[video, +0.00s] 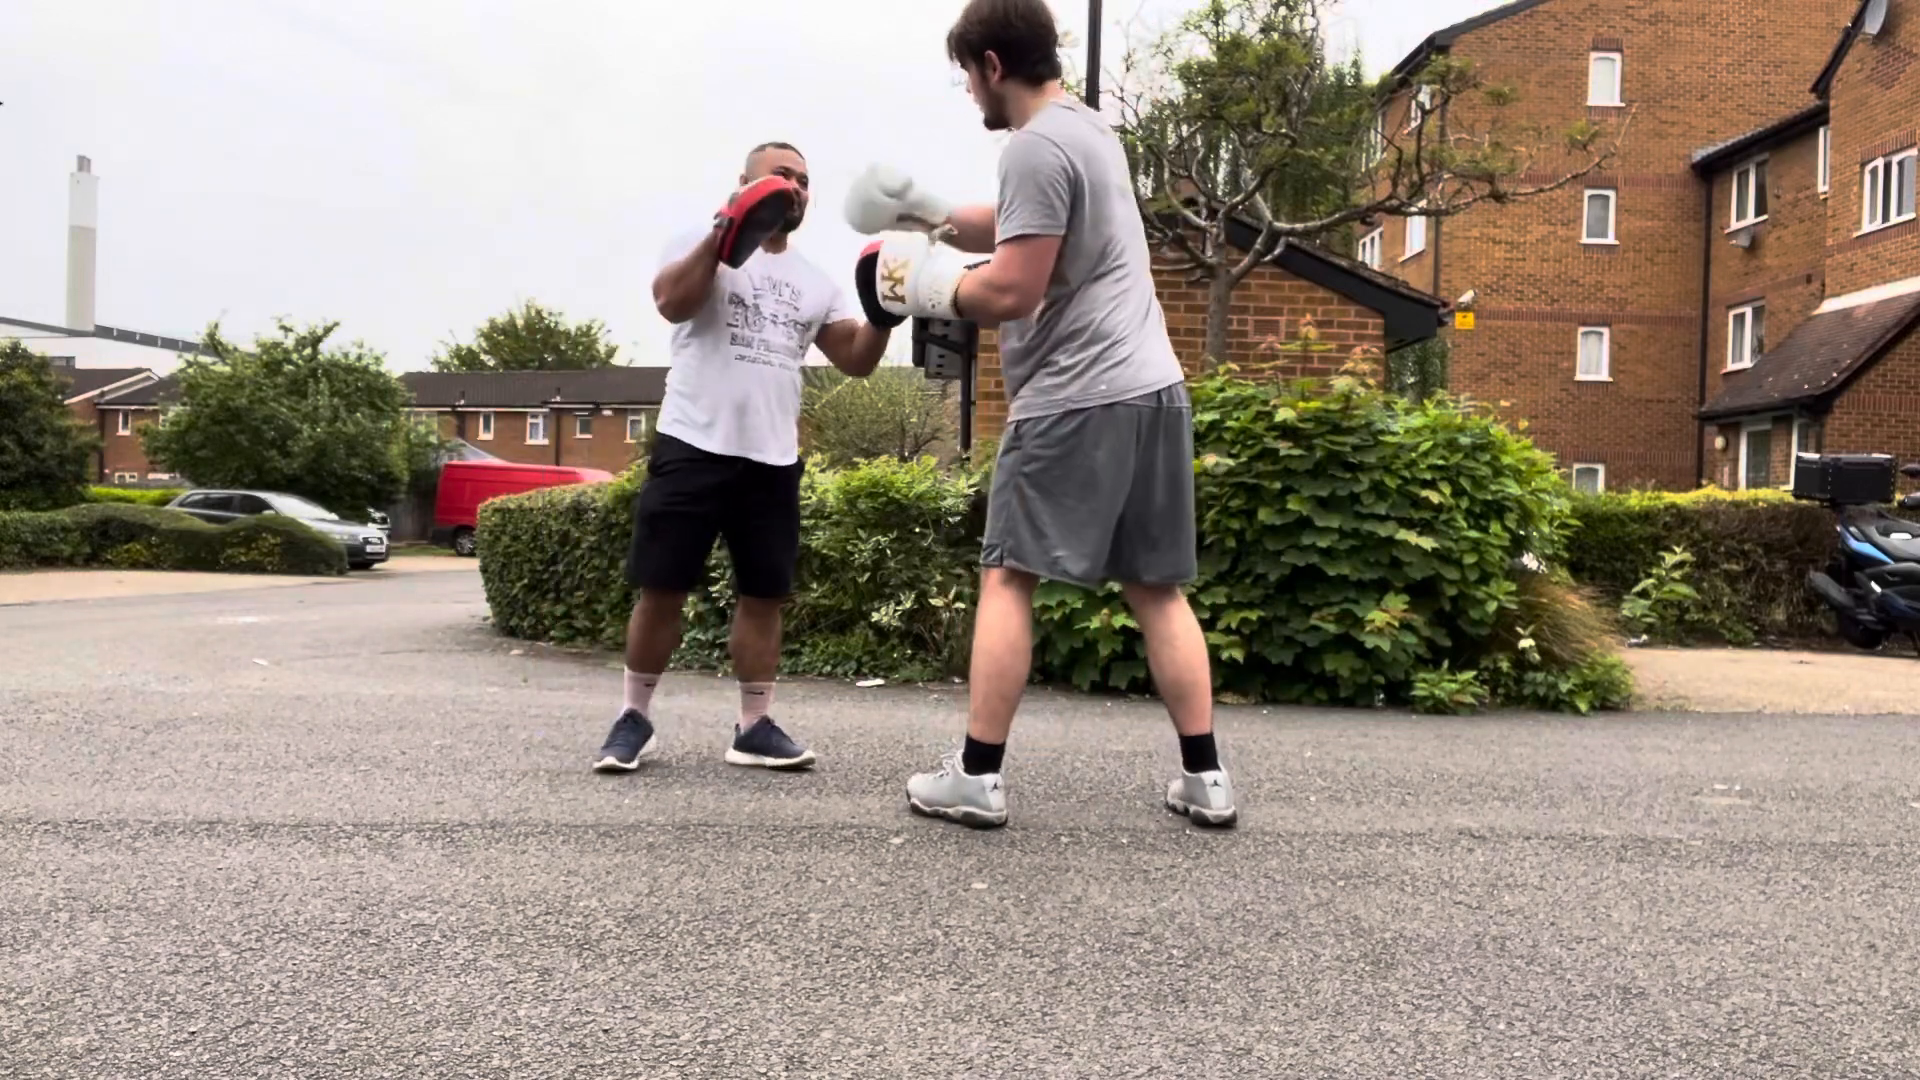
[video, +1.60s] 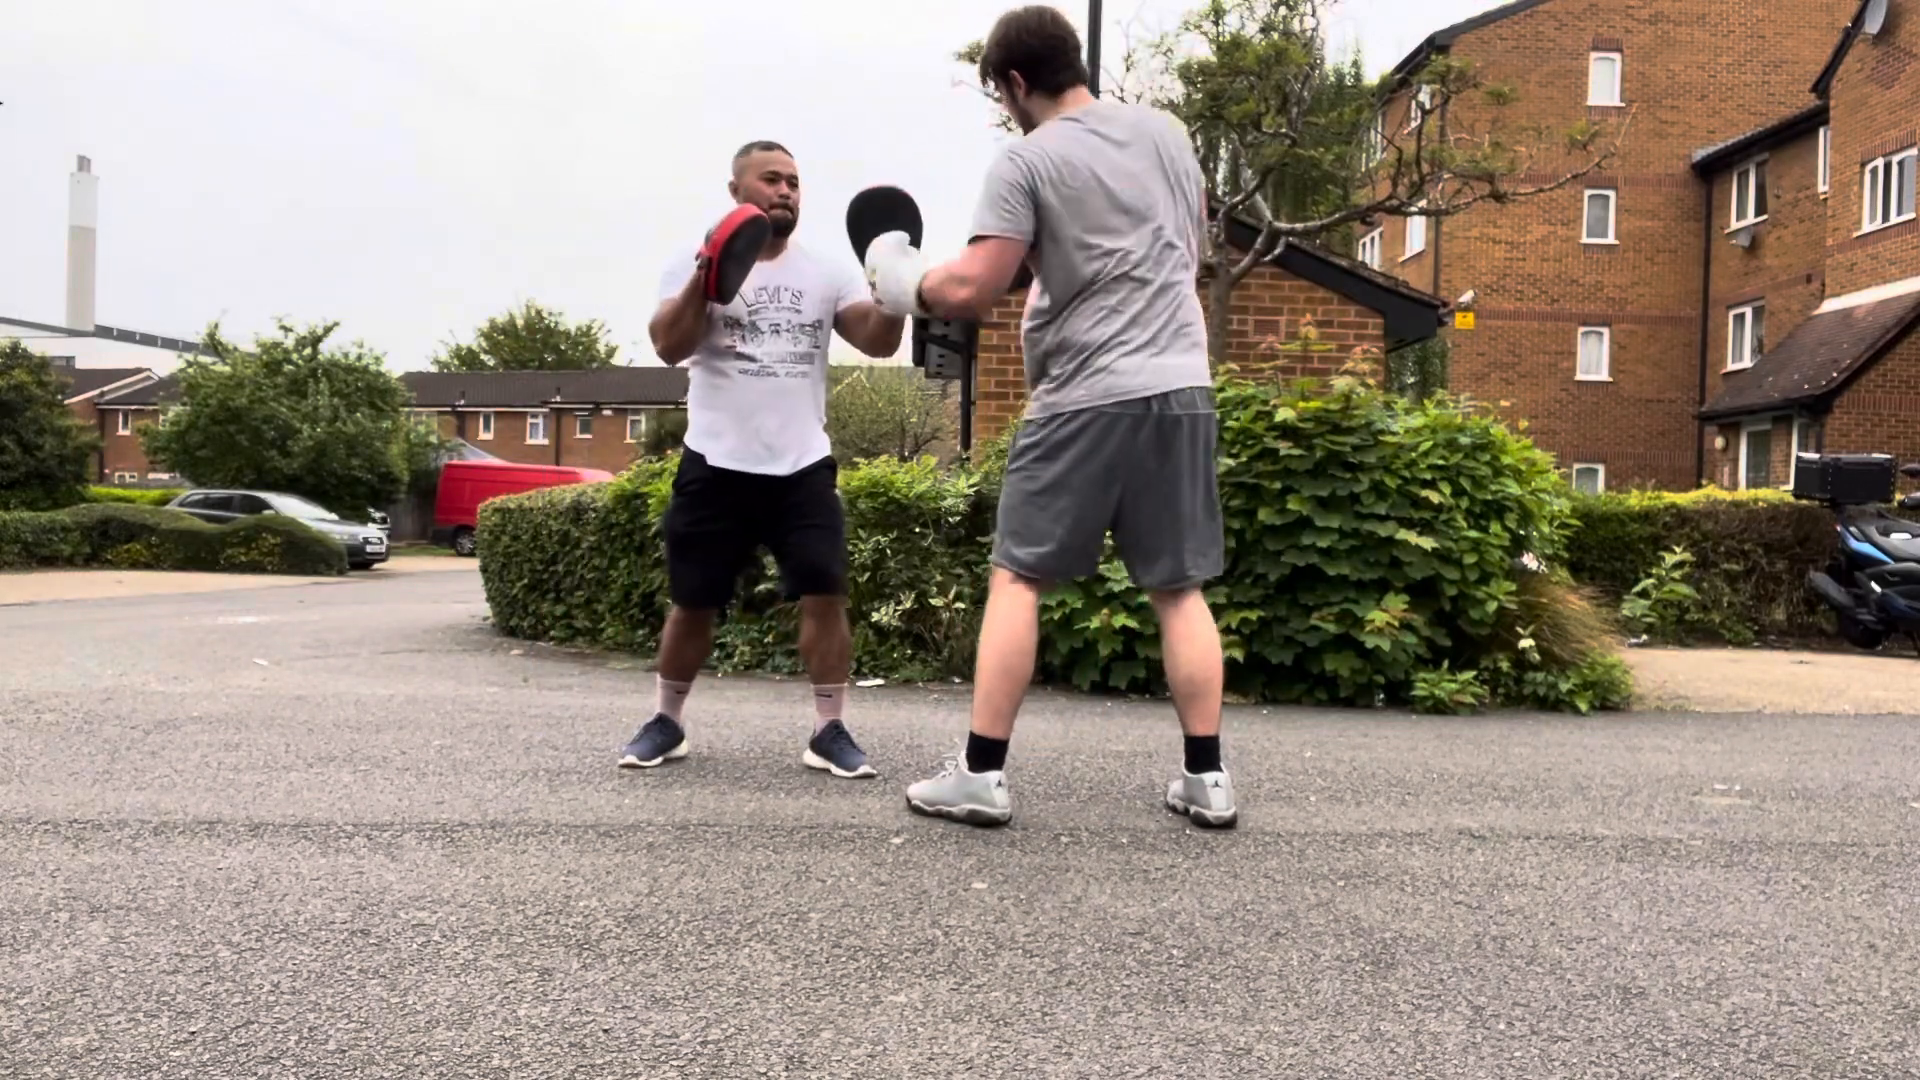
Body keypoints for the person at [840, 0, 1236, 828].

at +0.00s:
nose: (967, 92)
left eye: (966, 75)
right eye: (963, 77)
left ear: (992, 67)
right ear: (1038, 59)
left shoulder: (1036, 146)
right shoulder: (1092, 131)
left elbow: (1014, 292)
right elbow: (1026, 230)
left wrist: (926, 285)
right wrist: (929, 218)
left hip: (1071, 402)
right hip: (1156, 389)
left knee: (1008, 576)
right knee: (1157, 587)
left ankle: (976, 777)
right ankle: (1207, 779)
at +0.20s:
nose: (1026, 79)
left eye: (1025, 65)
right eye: (1024, 64)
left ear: (1047, 56)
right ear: (1110, 50)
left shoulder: (1057, 137)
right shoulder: (1170, 132)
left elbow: (1010, 267)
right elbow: (1143, 238)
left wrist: (976, 216)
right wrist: (1044, 163)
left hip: (1081, 402)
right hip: (1177, 398)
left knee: (1019, 582)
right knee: (1170, 590)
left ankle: (977, 775)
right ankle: (1207, 779)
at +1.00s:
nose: (1027, 103)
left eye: (1025, 86)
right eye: (1023, 88)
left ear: (1055, 70)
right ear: (1103, 62)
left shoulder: (1075, 148)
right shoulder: (1171, 138)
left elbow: (1018, 268)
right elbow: (1094, 240)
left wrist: (985, 195)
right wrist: (1010, 188)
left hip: (1104, 405)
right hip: (1194, 400)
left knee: (1028, 574)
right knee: (1178, 587)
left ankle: (980, 772)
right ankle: (1207, 779)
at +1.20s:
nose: (982, 114)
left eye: (982, 97)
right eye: (979, 98)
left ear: (1012, 87)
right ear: (1047, 80)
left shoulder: (1071, 158)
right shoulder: (1092, 141)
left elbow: (1059, 291)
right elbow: (973, 178)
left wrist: (983, 237)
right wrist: (871, 179)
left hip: (1106, 404)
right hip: (1178, 397)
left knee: (1024, 574)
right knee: (1168, 583)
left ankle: (980, 772)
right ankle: (1207, 777)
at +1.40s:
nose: (972, 122)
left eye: (968, 105)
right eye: (966, 107)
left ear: (992, 95)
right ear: (1039, 84)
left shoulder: (1057, 159)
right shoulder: (1091, 144)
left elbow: (1086, 291)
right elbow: (997, 241)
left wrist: (987, 301)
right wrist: (908, 261)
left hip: (1099, 406)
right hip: (1176, 396)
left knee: (1014, 571)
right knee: (1168, 581)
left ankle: (980, 773)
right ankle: (1206, 778)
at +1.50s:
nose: (983, 115)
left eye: (979, 99)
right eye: (979, 100)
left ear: (997, 88)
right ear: (1055, 74)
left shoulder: (1038, 160)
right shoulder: (1126, 133)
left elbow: (1045, 288)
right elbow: (1113, 287)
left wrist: (947, 301)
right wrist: (1000, 345)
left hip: (1092, 402)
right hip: (1181, 393)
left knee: (1012, 572)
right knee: (1173, 582)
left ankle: (980, 772)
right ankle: (1208, 778)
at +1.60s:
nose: (1003, 110)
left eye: (999, 95)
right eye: (999, 97)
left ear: (1019, 81)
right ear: (1079, 69)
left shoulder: (1027, 159)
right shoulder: (1166, 133)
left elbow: (969, 294)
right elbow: (1190, 253)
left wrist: (905, 279)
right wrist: (1071, 279)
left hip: (1082, 400)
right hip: (1184, 391)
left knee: (1017, 577)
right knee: (1178, 587)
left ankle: (981, 774)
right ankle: (1209, 779)